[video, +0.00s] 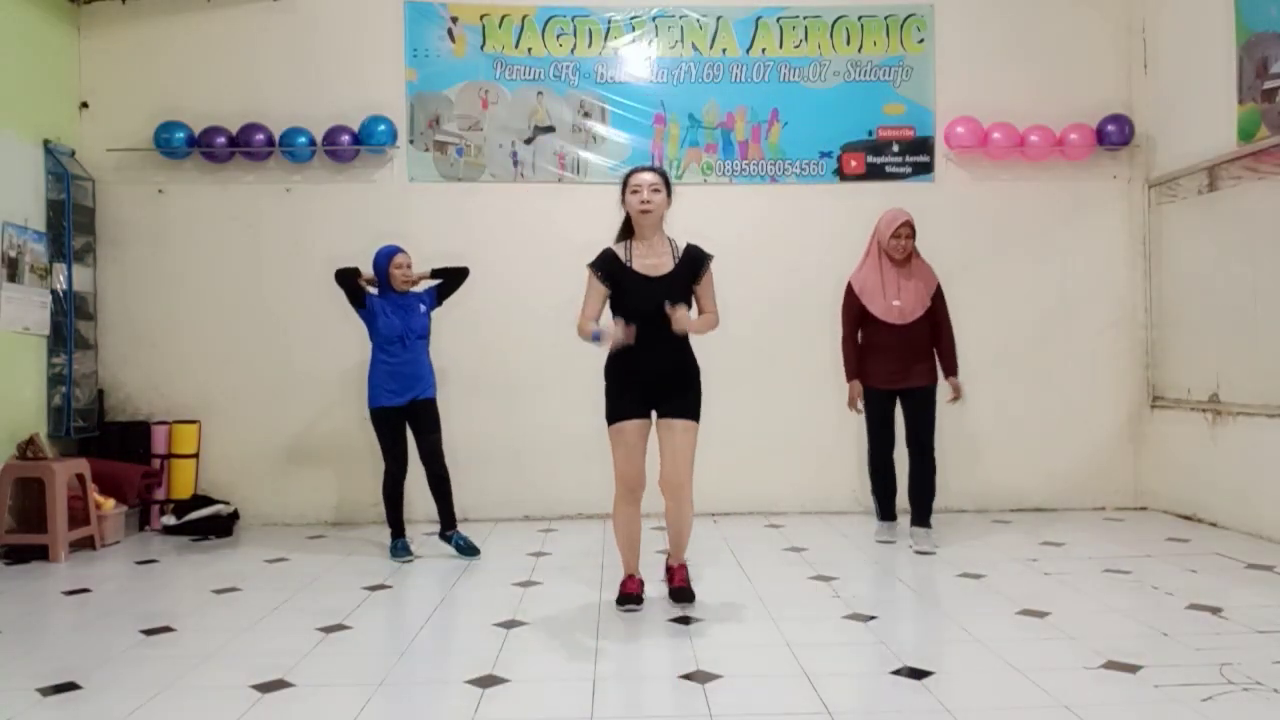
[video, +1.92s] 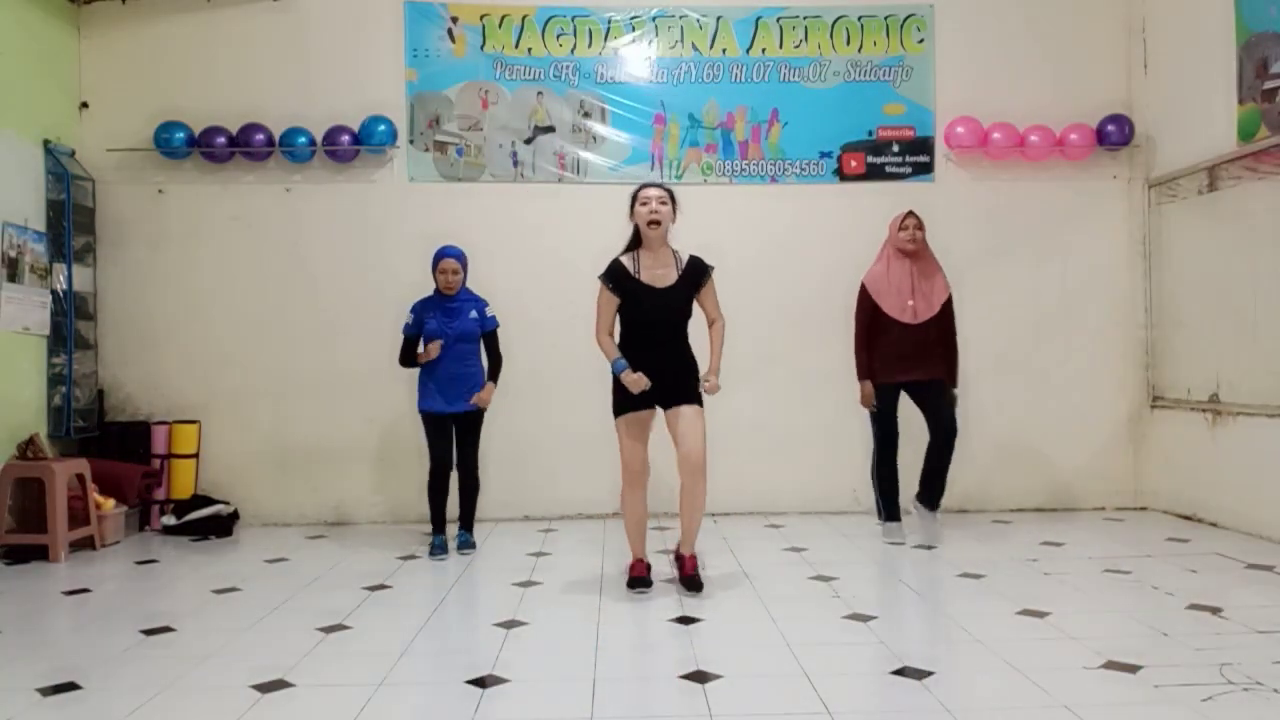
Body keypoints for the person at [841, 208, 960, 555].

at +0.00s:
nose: (903, 243)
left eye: (908, 236)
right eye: (896, 237)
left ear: (914, 239)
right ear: (881, 240)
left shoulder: (925, 277)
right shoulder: (862, 280)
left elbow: (942, 327)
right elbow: (849, 332)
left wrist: (951, 373)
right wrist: (853, 379)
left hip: (920, 378)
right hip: (876, 380)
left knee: (921, 450)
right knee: (881, 450)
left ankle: (921, 524)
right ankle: (886, 519)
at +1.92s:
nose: (912, 233)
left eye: (917, 228)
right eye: (905, 228)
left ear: (924, 236)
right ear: (892, 237)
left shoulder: (934, 276)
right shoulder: (877, 277)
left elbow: (948, 330)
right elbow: (862, 331)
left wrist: (950, 379)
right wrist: (864, 379)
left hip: (925, 371)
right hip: (883, 372)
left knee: (945, 429)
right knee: (886, 443)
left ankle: (928, 504)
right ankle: (890, 519)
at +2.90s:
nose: (909, 235)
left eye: (914, 229)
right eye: (901, 230)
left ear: (922, 235)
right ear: (890, 238)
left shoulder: (941, 279)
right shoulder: (878, 278)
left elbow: (950, 334)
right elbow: (864, 328)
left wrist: (950, 379)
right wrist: (851, 343)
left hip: (927, 377)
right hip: (884, 375)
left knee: (927, 450)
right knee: (888, 446)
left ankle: (917, 520)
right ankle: (889, 518)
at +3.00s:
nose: (910, 230)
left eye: (915, 225)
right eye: (903, 226)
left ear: (924, 232)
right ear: (892, 234)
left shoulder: (942, 275)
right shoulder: (879, 274)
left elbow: (951, 329)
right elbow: (858, 322)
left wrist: (951, 375)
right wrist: (840, 301)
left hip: (926, 365)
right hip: (885, 363)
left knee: (925, 441)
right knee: (888, 432)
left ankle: (917, 520)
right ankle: (890, 498)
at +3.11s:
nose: (911, 228)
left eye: (916, 223)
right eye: (904, 224)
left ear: (925, 230)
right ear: (892, 232)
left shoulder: (941, 272)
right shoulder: (881, 270)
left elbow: (950, 327)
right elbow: (852, 312)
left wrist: (949, 373)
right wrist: (850, 276)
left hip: (926, 364)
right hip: (885, 359)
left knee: (922, 441)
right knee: (889, 417)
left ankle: (917, 519)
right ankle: (891, 489)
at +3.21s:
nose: (912, 231)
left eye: (916, 226)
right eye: (904, 227)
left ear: (923, 233)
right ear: (892, 235)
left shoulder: (937, 274)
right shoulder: (882, 270)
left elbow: (947, 328)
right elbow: (858, 287)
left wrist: (948, 377)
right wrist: (882, 254)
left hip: (926, 373)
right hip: (884, 372)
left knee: (926, 447)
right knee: (888, 443)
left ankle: (917, 519)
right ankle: (885, 519)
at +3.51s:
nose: (910, 233)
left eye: (914, 228)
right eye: (902, 229)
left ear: (922, 234)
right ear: (890, 238)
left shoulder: (933, 276)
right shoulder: (878, 271)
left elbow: (938, 327)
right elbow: (878, 280)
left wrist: (972, 323)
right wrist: (904, 272)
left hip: (921, 368)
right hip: (879, 368)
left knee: (934, 441)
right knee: (883, 442)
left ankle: (920, 509)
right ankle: (884, 518)